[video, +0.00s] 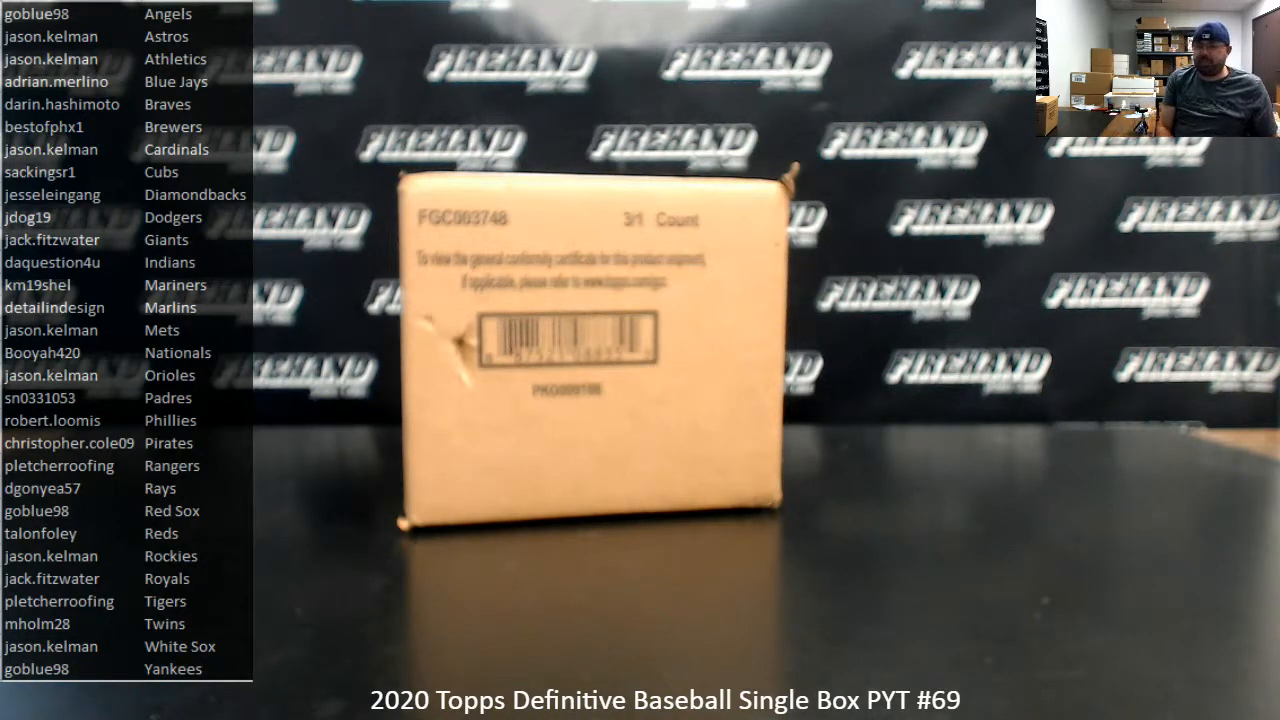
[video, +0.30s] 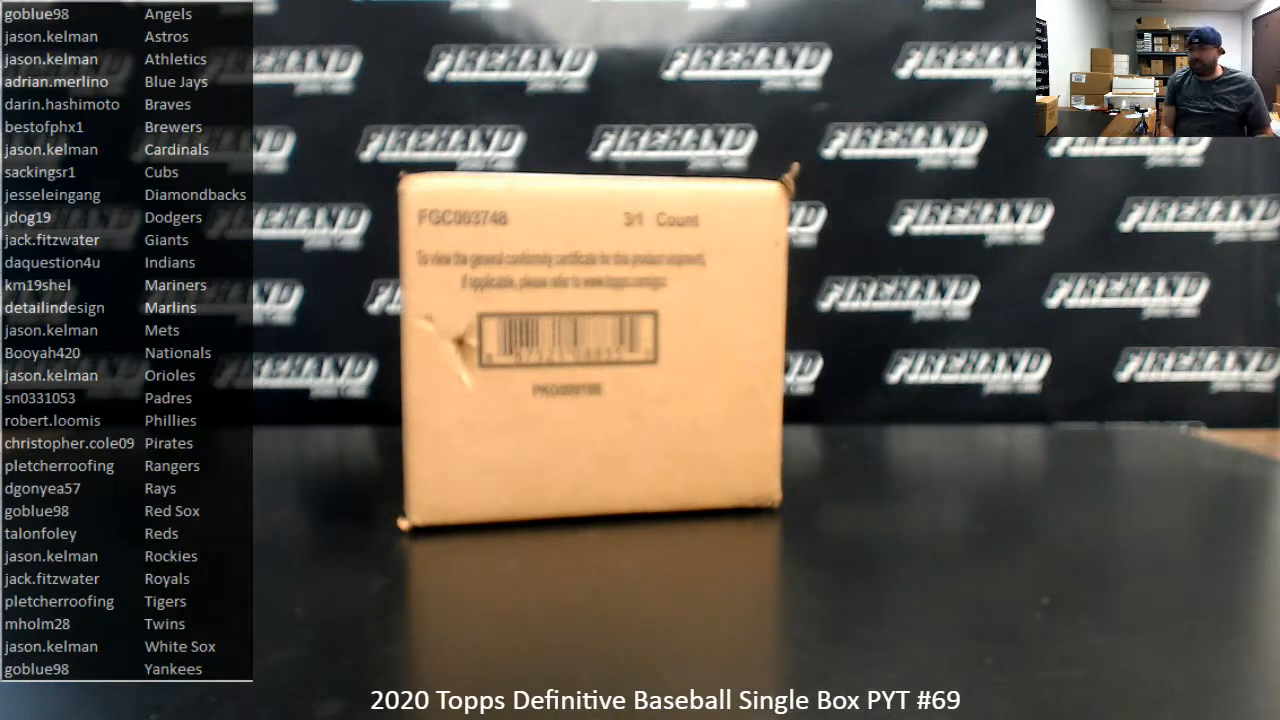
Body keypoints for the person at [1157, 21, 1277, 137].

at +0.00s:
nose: (1204, 53)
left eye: (1212, 47)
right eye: (1198, 47)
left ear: (1227, 50)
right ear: (1192, 49)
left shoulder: (1251, 86)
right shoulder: (1178, 80)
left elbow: (1271, 139)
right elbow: (1164, 127)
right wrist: (1171, 158)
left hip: (1234, 166)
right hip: (1183, 166)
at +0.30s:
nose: (1195, 55)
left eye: (1202, 49)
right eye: (1191, 50)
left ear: (1219, 52)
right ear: (1187, 52)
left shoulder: (1245, 84)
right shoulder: (1177, 81)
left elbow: (1264, 132)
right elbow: (1166, 126)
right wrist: (1171, 157)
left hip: (1231, 161)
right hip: (1185, 163)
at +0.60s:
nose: (1190, 56)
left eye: (1197, 50)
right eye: (1187, 51)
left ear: (1213, 52)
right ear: (1183, 54)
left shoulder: (1238, 81)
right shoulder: (1176, 83)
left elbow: (1258, 129)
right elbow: (1167, 124)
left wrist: (1237, 154)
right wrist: (1171, 152)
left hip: (1226, 156)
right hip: (1184, 156)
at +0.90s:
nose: (1186, 56)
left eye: (1192, 51)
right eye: (1183, 53)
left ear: (1206, 53)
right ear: (1180, 56)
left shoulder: (1232, 79)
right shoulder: (1175, 84)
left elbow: (1256, 122)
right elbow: (1168, 123)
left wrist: (1237, 150)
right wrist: (1170, 151)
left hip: (1225, 153)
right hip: (1184, 155)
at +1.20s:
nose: (1189, 56)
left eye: (1195, 52)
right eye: (1185, 53)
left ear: (1207, 54)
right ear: (1182, 58)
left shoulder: (1232, 79)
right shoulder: (1177, 86)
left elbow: (1257, 121)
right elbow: (1169, 123)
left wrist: (1236, 148)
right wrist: (1170, 150)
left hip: (1225, 152)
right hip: (1186, 154)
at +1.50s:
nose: (1196, 55)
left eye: (1201, 50)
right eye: (1191, 52)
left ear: (1214, 54)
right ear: (1187, 57)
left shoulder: (1238, 80)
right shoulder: (1181, 86)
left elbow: (1260, 123)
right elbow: (1171, 122)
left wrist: (1237, 150)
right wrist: (1168, 150)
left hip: (1226, 154)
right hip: (1186, 154)